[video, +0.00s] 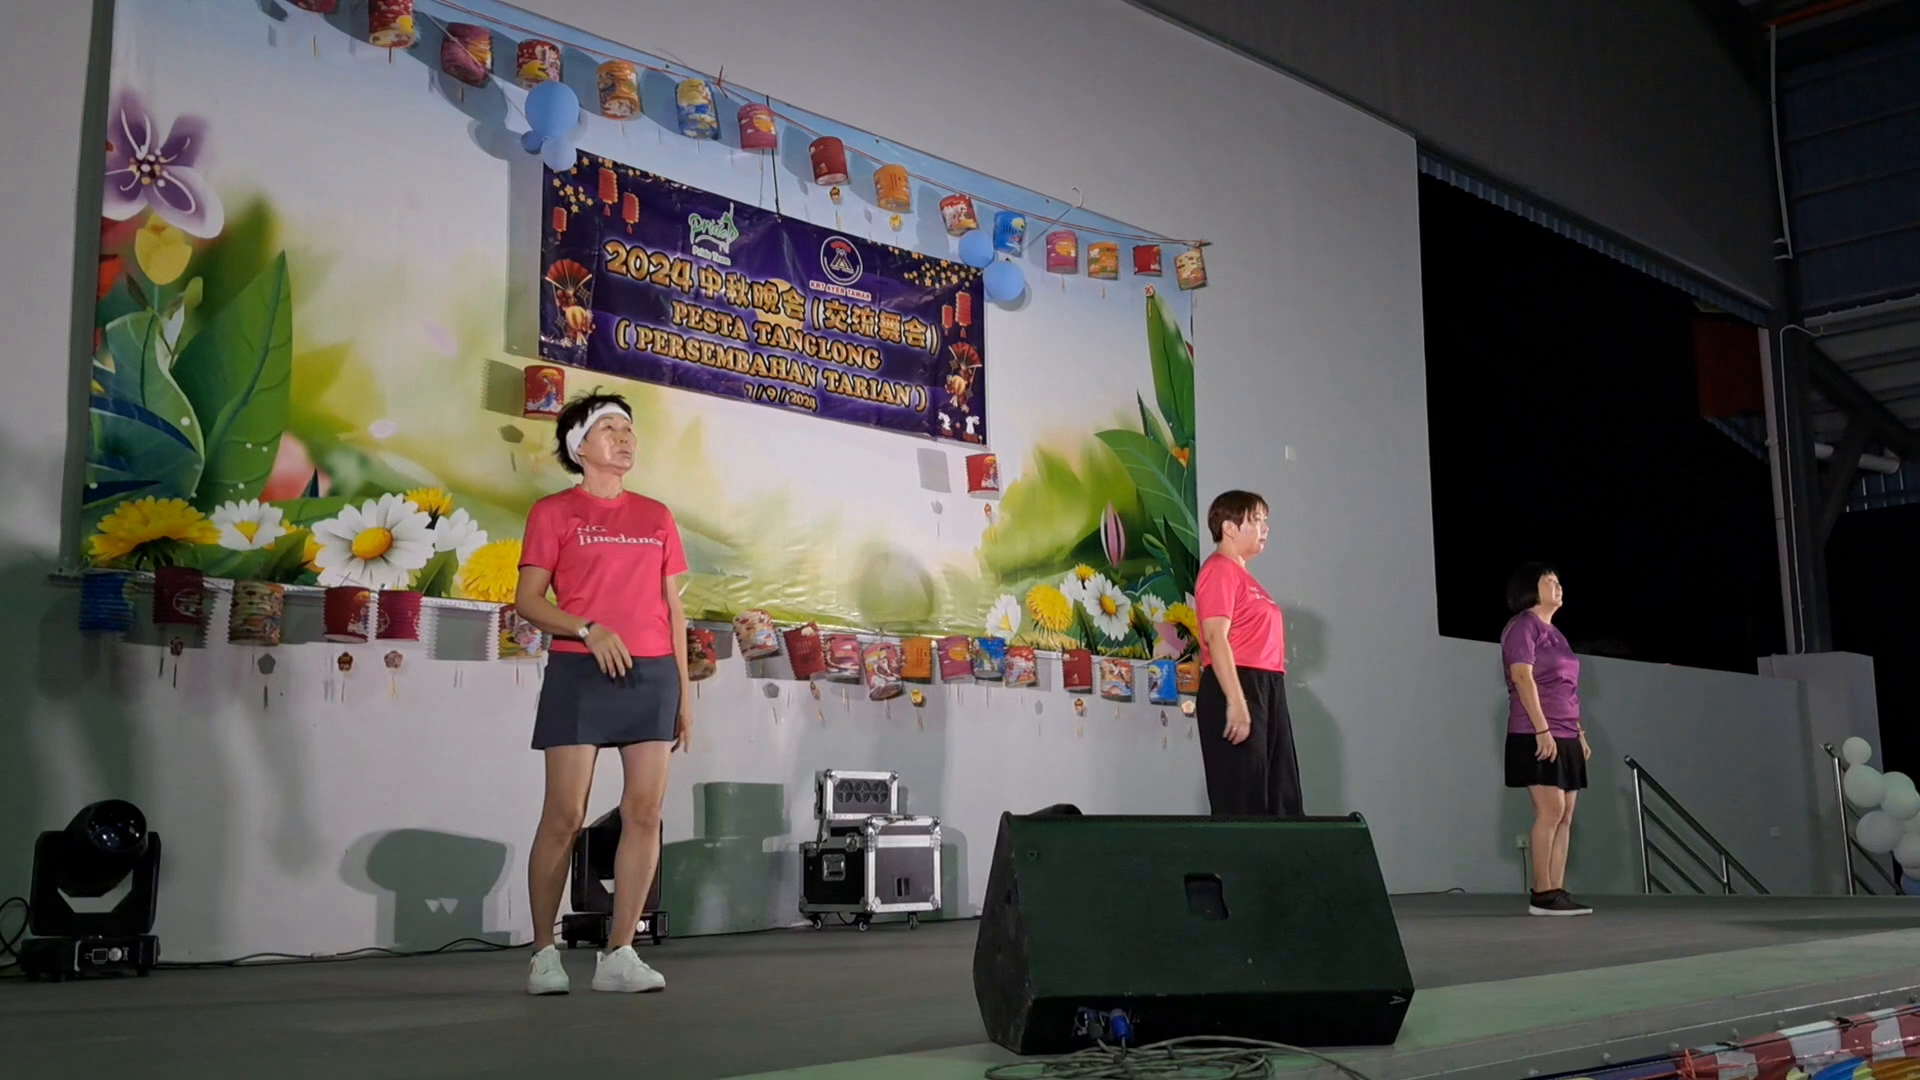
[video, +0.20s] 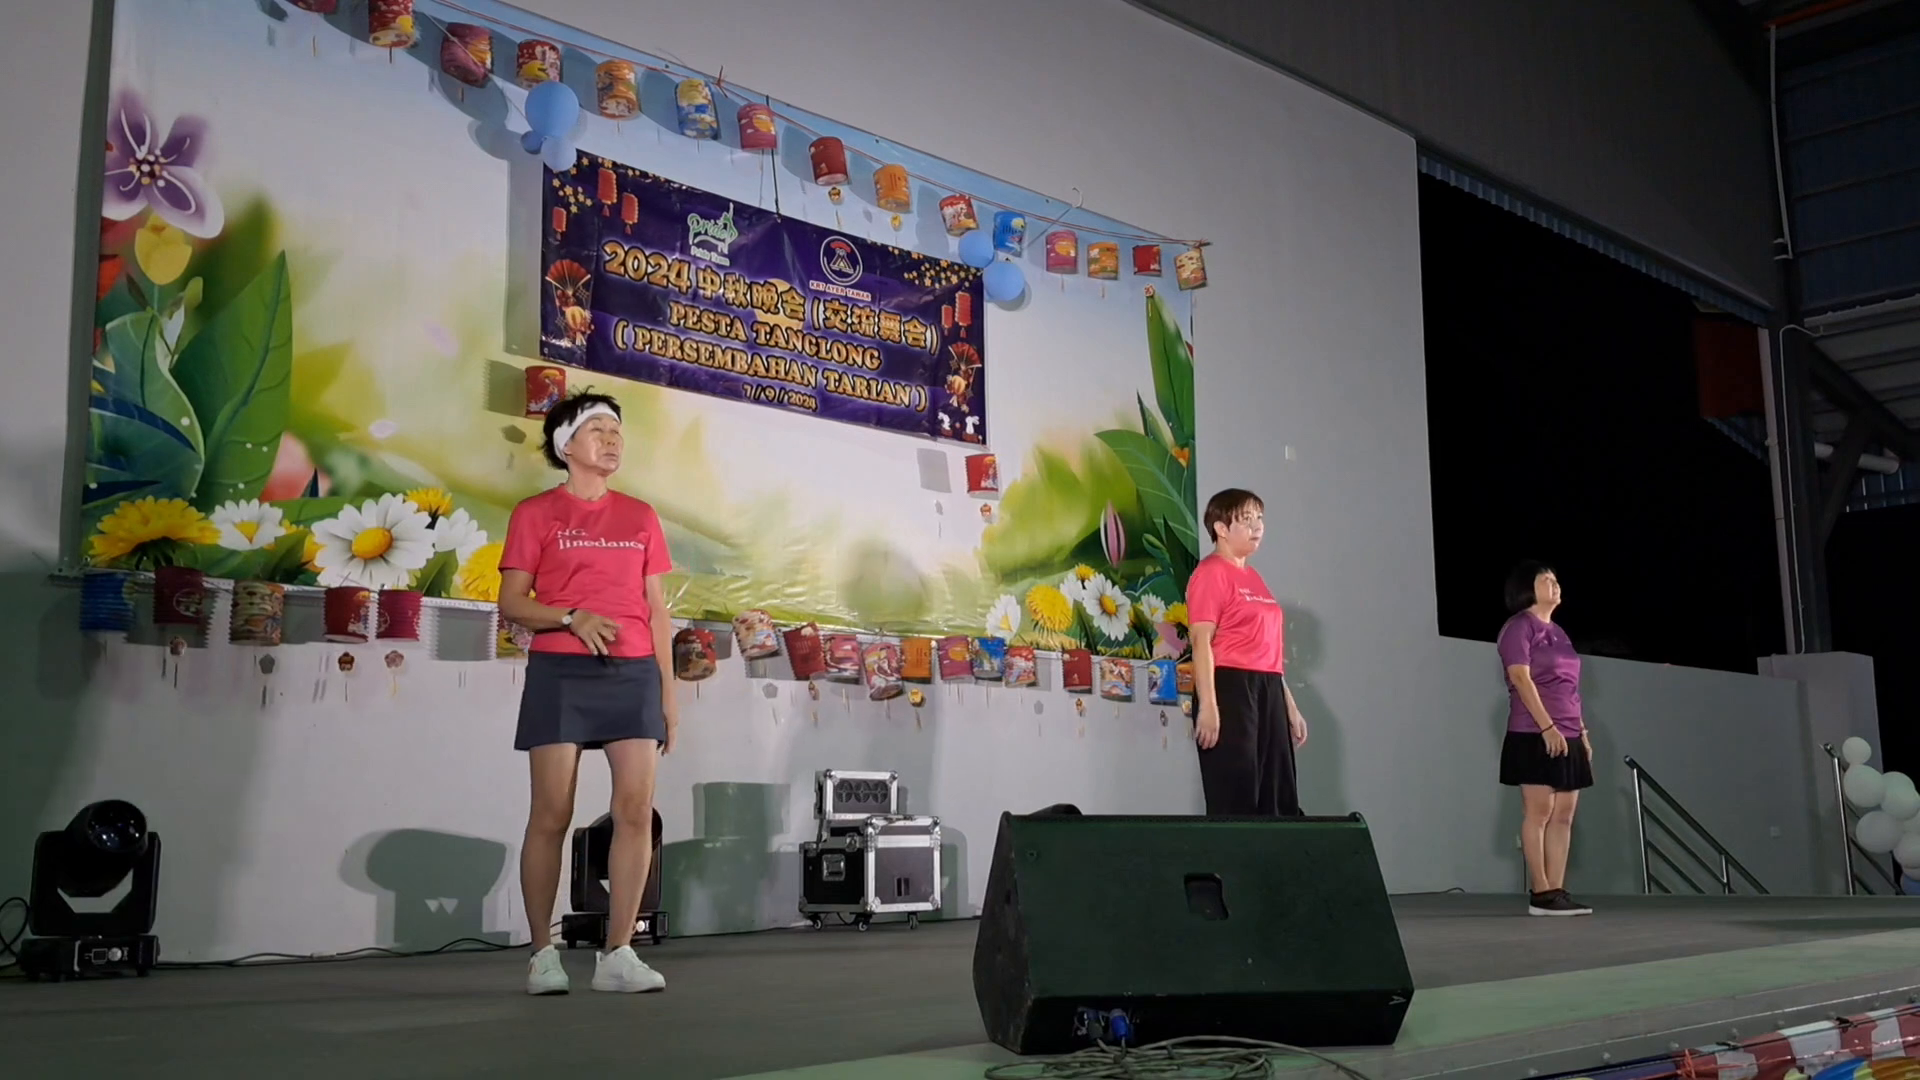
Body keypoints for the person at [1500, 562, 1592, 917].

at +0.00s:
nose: (1557, 587)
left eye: (1557, 582)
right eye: (1549, 582)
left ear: (1558, 592)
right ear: (1532, 589)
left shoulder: (1556, 634)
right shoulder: (1523, 625)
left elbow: (1563, 690)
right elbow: (1521, 677)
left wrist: (1578, 732)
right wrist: (1542, 729)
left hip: (1566, 735)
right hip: (1538, 734)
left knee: (1565, 814)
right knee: (1550, 811)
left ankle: (1556, 891)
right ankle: (1542, 892)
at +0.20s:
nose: (1554, 586)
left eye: (1555, 581)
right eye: (1546, 581)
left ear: (1557, 590)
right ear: (1528, 588)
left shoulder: (1559, 633)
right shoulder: (1519, 626)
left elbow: (1567, 689)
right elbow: (1520, 679)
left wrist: (1581, 732)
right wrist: (1547, 726)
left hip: (1567, 735)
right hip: (1533, 733)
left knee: (1564, 813)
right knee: (1538, 812)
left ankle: (1555, 891)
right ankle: (1540, 892)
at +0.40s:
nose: (1555, 586)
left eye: (1556, 581)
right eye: (1546, 581)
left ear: (1557, 590)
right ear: (1528, 589)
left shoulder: (1561, 634)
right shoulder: (1517, 629)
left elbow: (1573, 685)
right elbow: (1516, 683)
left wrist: (1590, 729)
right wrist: (1541, 731)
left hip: (1568, 737)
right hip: (1531, 737)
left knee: (1577, 813)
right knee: (1536, 810)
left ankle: (1557, 889)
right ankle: (1539, 892)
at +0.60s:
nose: (1557, 590)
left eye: (1558, 584)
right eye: (1549, 584)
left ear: (1559, 592)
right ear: (1531, 590)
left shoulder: (1562, 634)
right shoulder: (1517, 632)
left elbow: (1576, 687)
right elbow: (1515, 686)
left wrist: (1600, 724)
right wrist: (1527, 734)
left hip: (1569, 740)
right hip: (1531, 738)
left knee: (1588, 812)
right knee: (1535, 811)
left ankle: (1560, 886)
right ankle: (1539, 893)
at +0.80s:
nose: (1560, 589)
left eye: (1561, 584)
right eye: (1551, 583)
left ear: (1563, 591)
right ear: (1533, 589)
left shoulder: (1566, 633)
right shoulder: (1519, 629)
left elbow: (1582, 684)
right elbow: (1514, 680)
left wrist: (1605, 723)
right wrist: (1525, 728)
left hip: (1572, 739)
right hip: (1536, 736)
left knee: (1574, 814)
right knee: (1540, 810)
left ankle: (1559, 890)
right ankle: (1540, 892)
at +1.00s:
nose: (1566, 588)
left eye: (1568, 583)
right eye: (1557, 582)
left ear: (1570, 592)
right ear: (1539, 589)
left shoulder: (1572, 634)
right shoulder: (1525, 629)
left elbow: (1582, 685)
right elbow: (1522, 683)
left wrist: (1597, 730)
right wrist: (1536, 731)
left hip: (1572, 737)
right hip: (1537, 735)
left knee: (1568, 814)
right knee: (1547, 810)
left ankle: (1558, 890)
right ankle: (1541, 892)